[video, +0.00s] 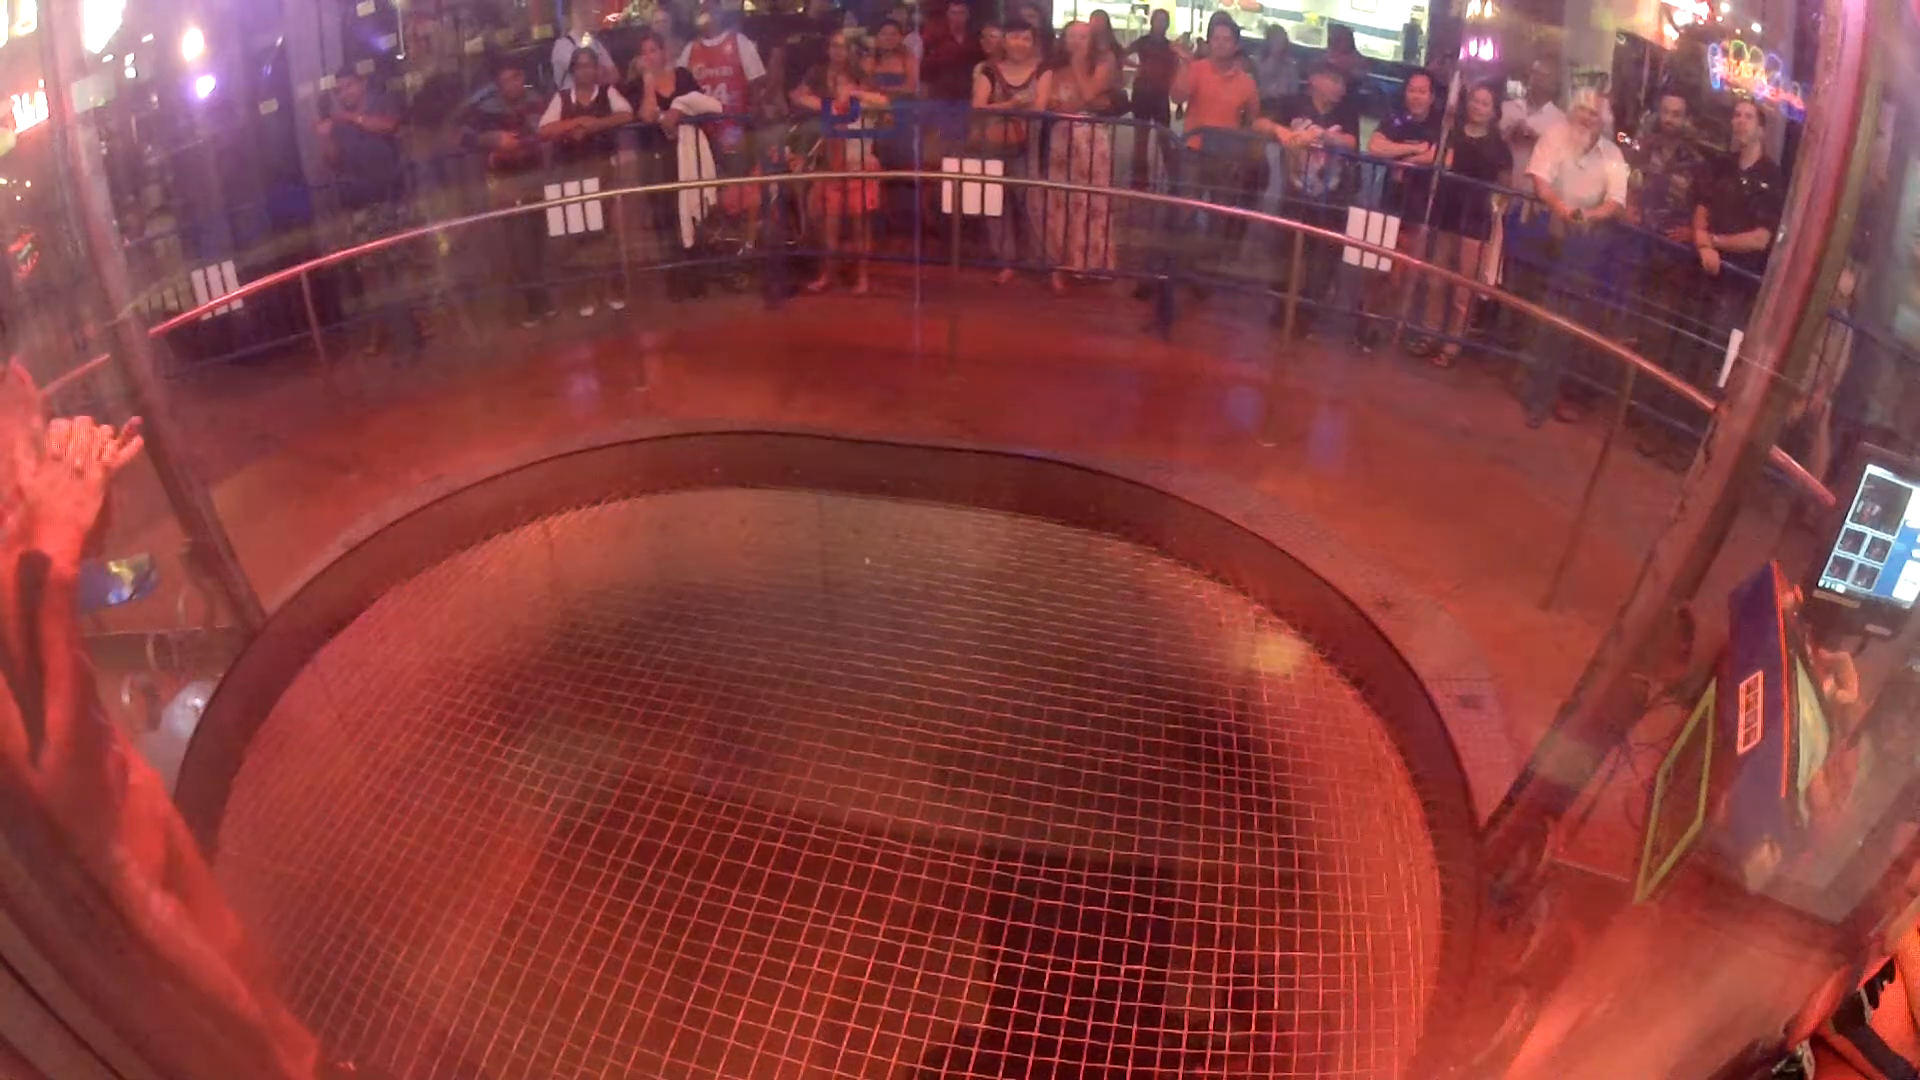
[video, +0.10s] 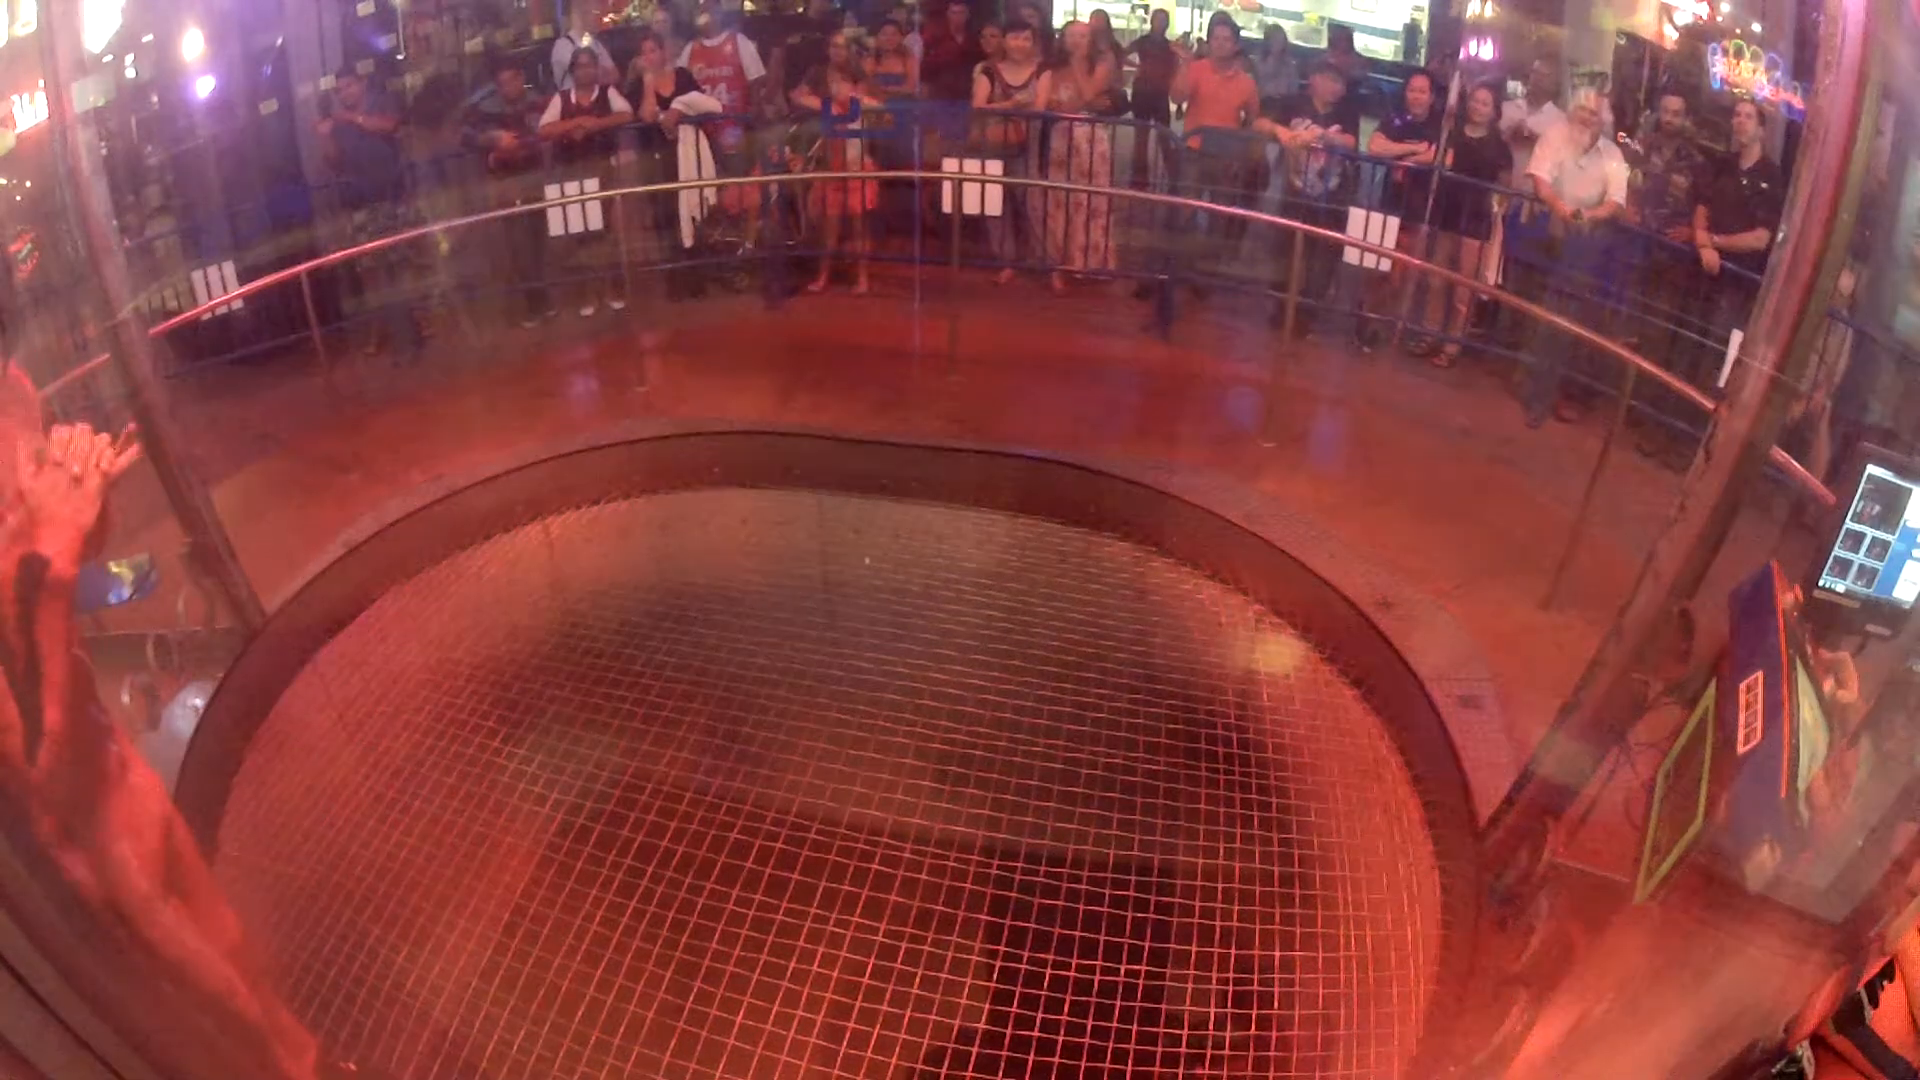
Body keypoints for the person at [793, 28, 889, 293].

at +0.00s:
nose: (835, 51)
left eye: (840, 47)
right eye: (832, 46)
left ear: (852, 51)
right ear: (827, 49)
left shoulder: (861, 79)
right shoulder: (820, 76)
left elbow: (884, 100)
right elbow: (798, 95)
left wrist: (856, 97)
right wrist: (828, 106)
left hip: (860, 158)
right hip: (830, 158)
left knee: (860, 220)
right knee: (829, 219)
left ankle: (862, 274)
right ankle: (827, 272)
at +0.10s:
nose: (835, 51)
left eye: (841, 47)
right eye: (832, 46)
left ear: (851, 51)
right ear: (827, 49)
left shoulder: (860, 78)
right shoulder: (819, 74)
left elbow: (880, 103)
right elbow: (798, 95)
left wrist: (856, 98)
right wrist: (829, 107)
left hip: (856, 156)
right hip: (828, 156)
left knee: (859, 220)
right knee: (828, 220)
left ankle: (862, 275)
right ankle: (823, 274)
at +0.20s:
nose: (836, 52)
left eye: (841, 47)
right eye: (833, 46)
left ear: (851, 50)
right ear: (827, 49)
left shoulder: (857, 78)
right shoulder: (818, 74)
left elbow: (868, 112)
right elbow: (798, 96)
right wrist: (829, 106)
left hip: (853, 147)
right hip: (827, 147)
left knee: (856, 214)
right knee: (828, 214)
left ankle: (862, 274)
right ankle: (823, 272)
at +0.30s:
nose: (837, 51)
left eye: (842, 47)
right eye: (834, 46)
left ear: (850, 50)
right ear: (827, 48)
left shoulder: (855, 76)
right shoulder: (817, 73)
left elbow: (863, 112)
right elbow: (797, 96)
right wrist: (829, 105)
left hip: (850, 146)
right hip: (823, 146)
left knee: (852, 211)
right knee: (822, 212)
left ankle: (861, 274)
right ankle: (822, 272)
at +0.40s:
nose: (837, 51)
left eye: (841, 47)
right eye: (833, 46)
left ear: (850, 50)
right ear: (827, 48)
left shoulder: (855, 76)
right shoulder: (817, 72)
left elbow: (860, 109)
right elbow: (797, 96)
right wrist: (829, 105)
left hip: (849, 146)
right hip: (823, 146)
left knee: (851, 213)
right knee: (822, 212)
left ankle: (861, 274)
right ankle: (822, 273)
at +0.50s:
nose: (837, 51)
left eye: (841, 46)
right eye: (834, 46)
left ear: (850, 50)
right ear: (827, 48)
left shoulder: (856, 75)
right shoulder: (817, 72)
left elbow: (861, 106)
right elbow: (797, 95)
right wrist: (828, 105)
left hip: (849, 144)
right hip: (821, 144)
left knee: (850, 211)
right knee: (820, 211)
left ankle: (859, 274)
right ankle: (822, 273)